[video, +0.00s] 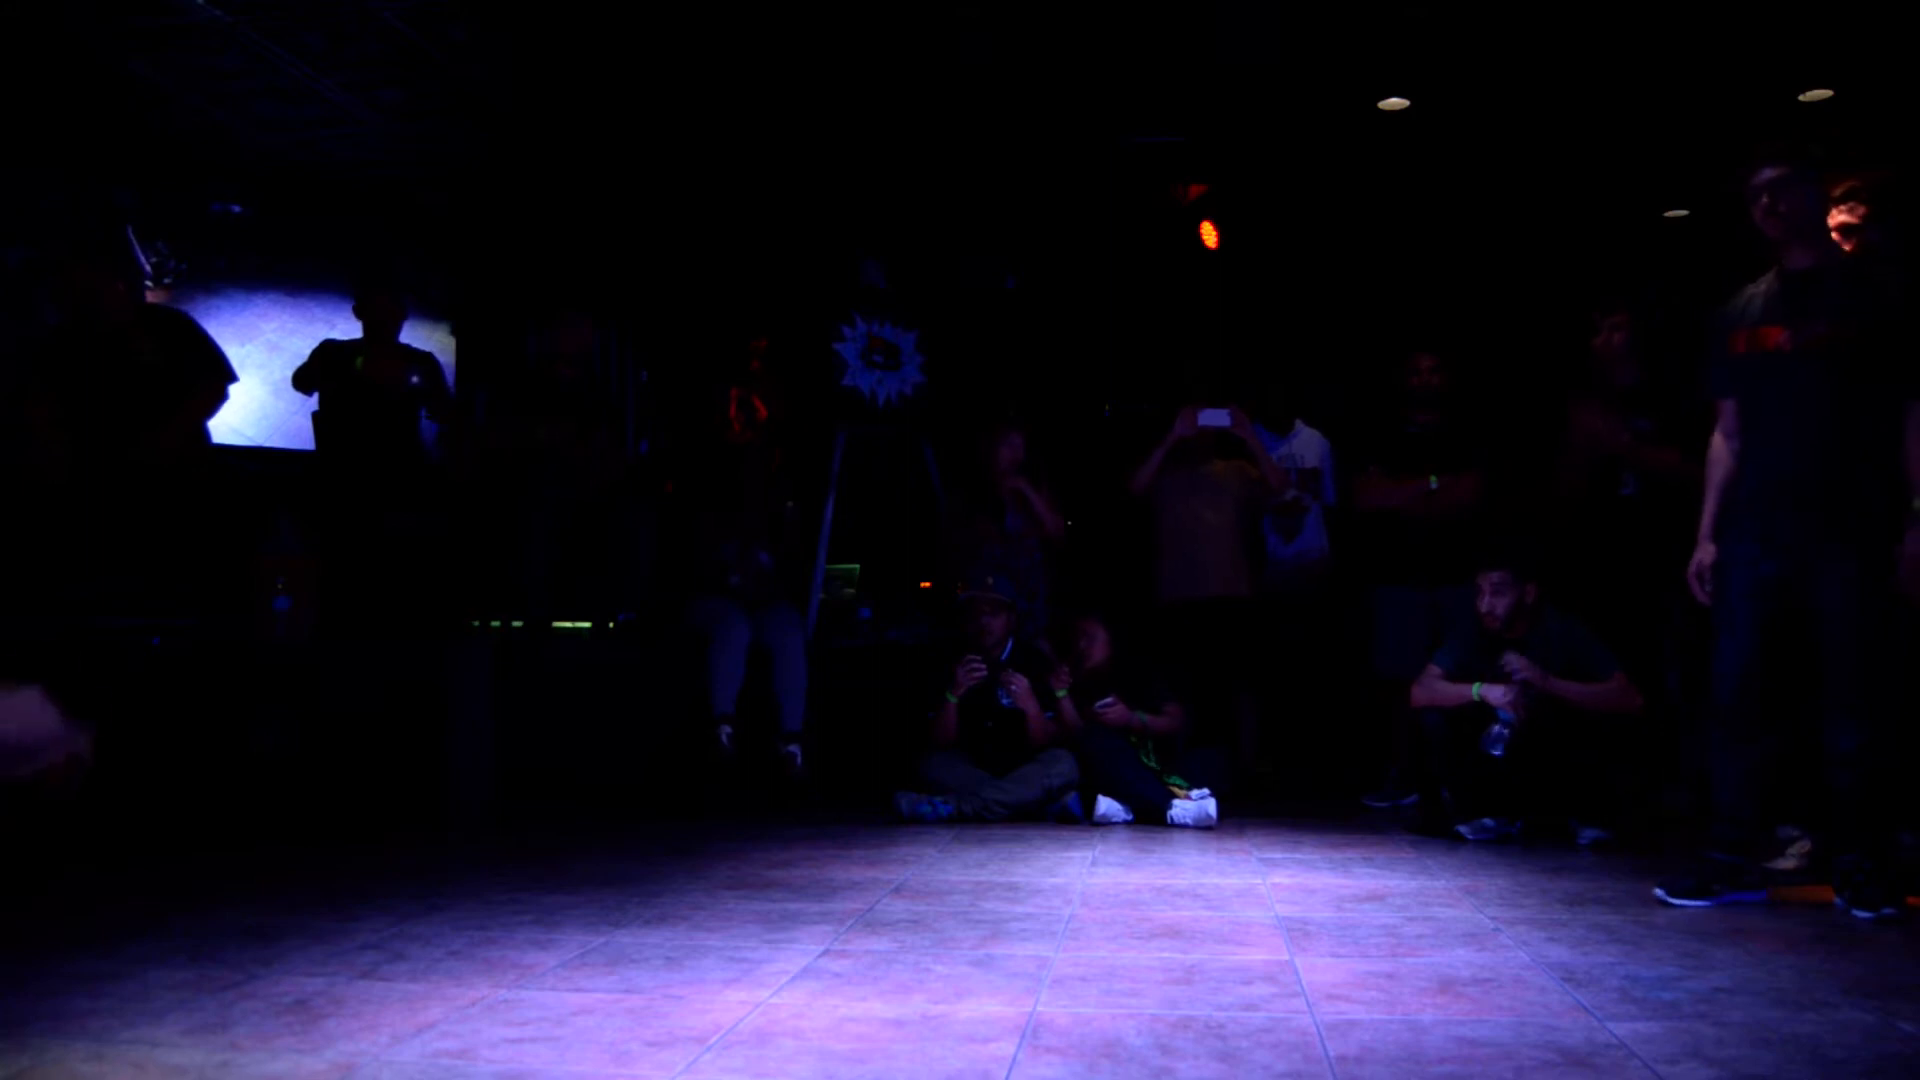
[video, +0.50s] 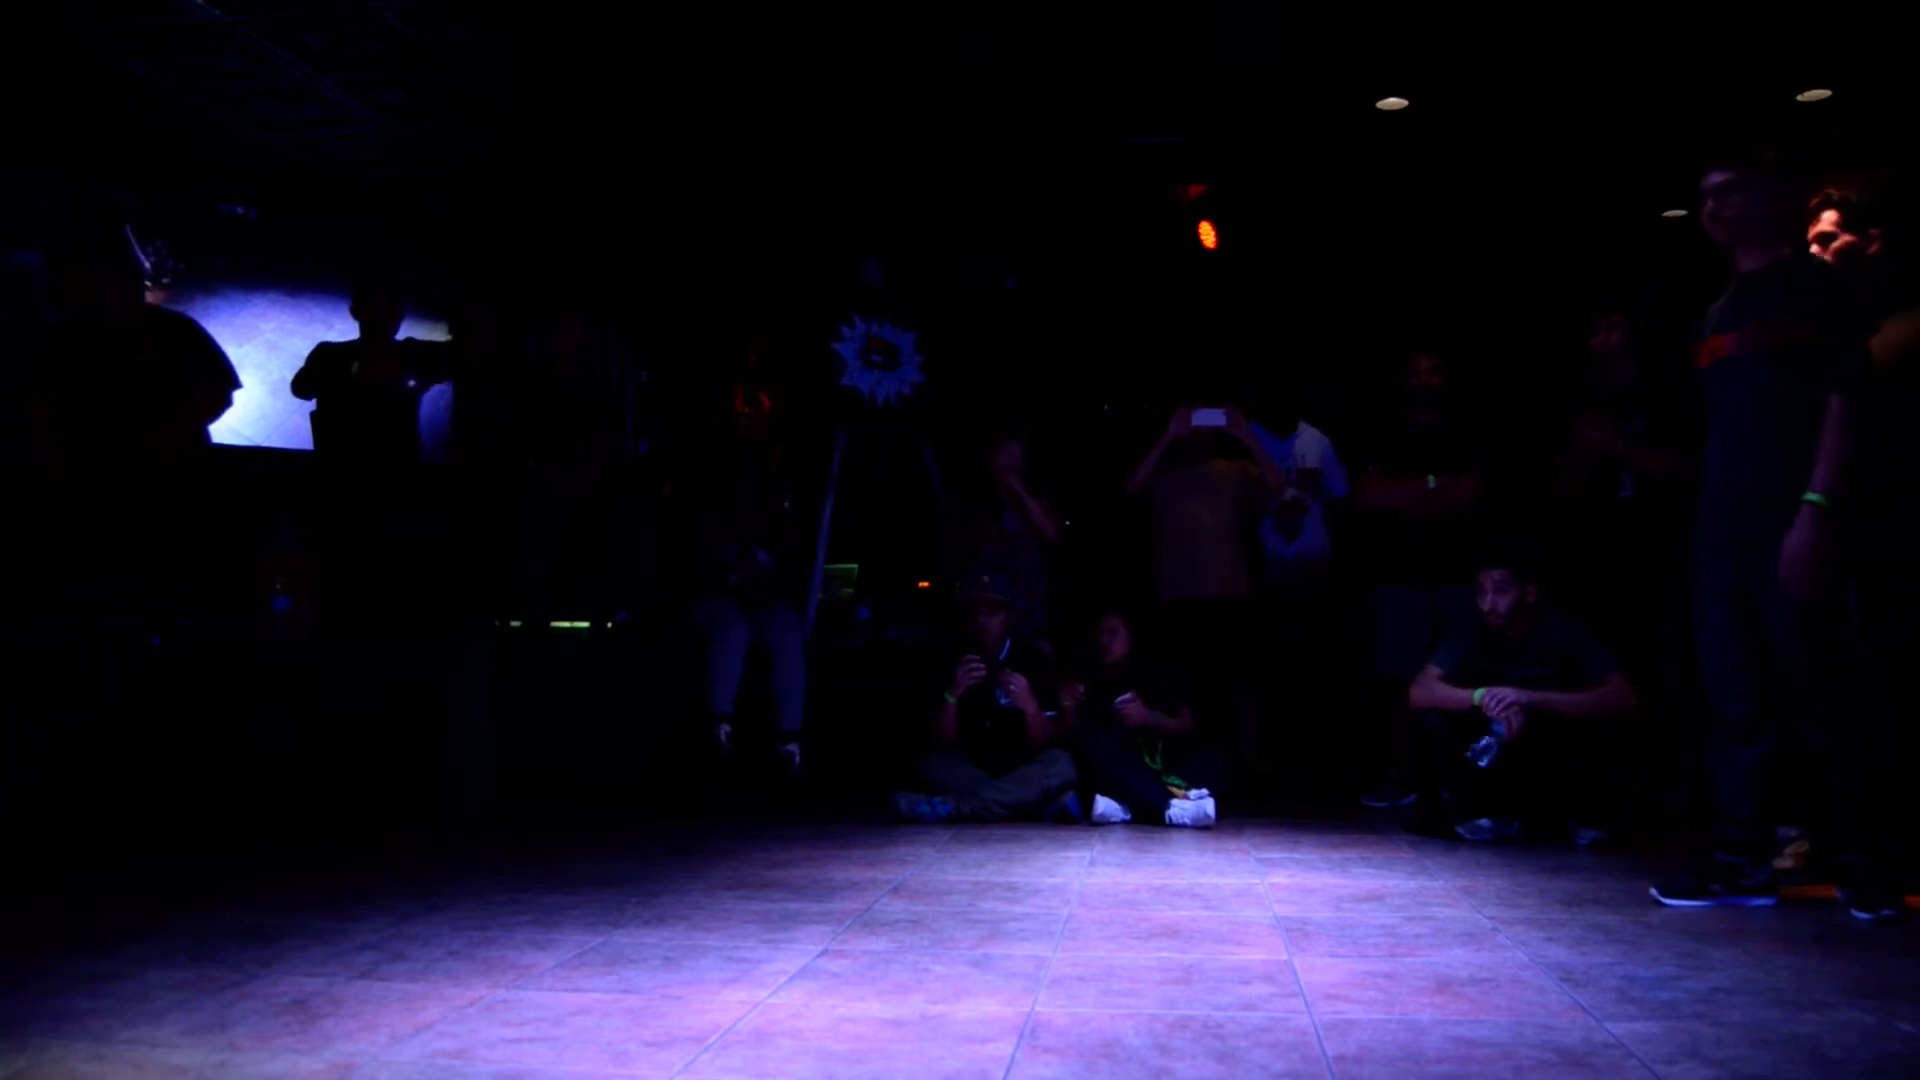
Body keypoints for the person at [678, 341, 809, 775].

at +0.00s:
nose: (743, 422)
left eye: (751, 414)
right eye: (736, 412)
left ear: (764, 419)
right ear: (723, 415)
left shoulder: (777, 460)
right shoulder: (706, 459)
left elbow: (792, 525)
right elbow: (690, 526)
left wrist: (779, 568)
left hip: (767, 587)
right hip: (714, 585)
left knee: (788, 634)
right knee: (732, 630)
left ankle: (790, 740)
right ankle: (722, 728)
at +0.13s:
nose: (743, 419)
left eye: (751, 410)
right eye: (736, 407)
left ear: (766, 418)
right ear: (725, 414)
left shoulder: (775, 464)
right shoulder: (710, 461)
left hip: (765, 591)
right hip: (713, 590)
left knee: (789, 633)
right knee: (733, 630)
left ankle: (792, 738)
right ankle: (721, 728)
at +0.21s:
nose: (743, 422)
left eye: (751, 414)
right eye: (737, 412)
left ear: (764, 420)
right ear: (725, 416)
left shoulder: (773, 465)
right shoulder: (709, 461)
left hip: (764, 592)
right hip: (712, 590)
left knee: (789, 633)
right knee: (733, 629)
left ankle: (787, 739)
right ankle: (719, 730)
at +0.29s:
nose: (743, 413)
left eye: (752, 401)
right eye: (737, 400)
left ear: (767, 411)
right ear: (726, 409)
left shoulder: (777, 459)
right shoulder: (710, 457)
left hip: (765, 590)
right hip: (713, 590)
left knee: (788, 633)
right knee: (732, 630)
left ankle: (787, 738)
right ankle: (720, 730)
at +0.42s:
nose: (745, 415)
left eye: (754, 405)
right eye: (739, 404)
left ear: (769, 413)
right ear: (727, 409)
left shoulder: (777, 460)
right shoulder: (709, 457)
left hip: (768, 588)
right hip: (713, 587)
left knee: (788, 634)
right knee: (732, 630)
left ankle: (789, 738)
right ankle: (722, 729)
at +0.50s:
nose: (745, 413)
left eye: (755, 403)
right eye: (739, 402)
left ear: (769, 410)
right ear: (727, 407)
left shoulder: (777, 458)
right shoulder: (711, 455)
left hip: (767, 587)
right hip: (714, 585)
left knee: (787, 634)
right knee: (731, 631)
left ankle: (789, 738)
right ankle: (721, 727)